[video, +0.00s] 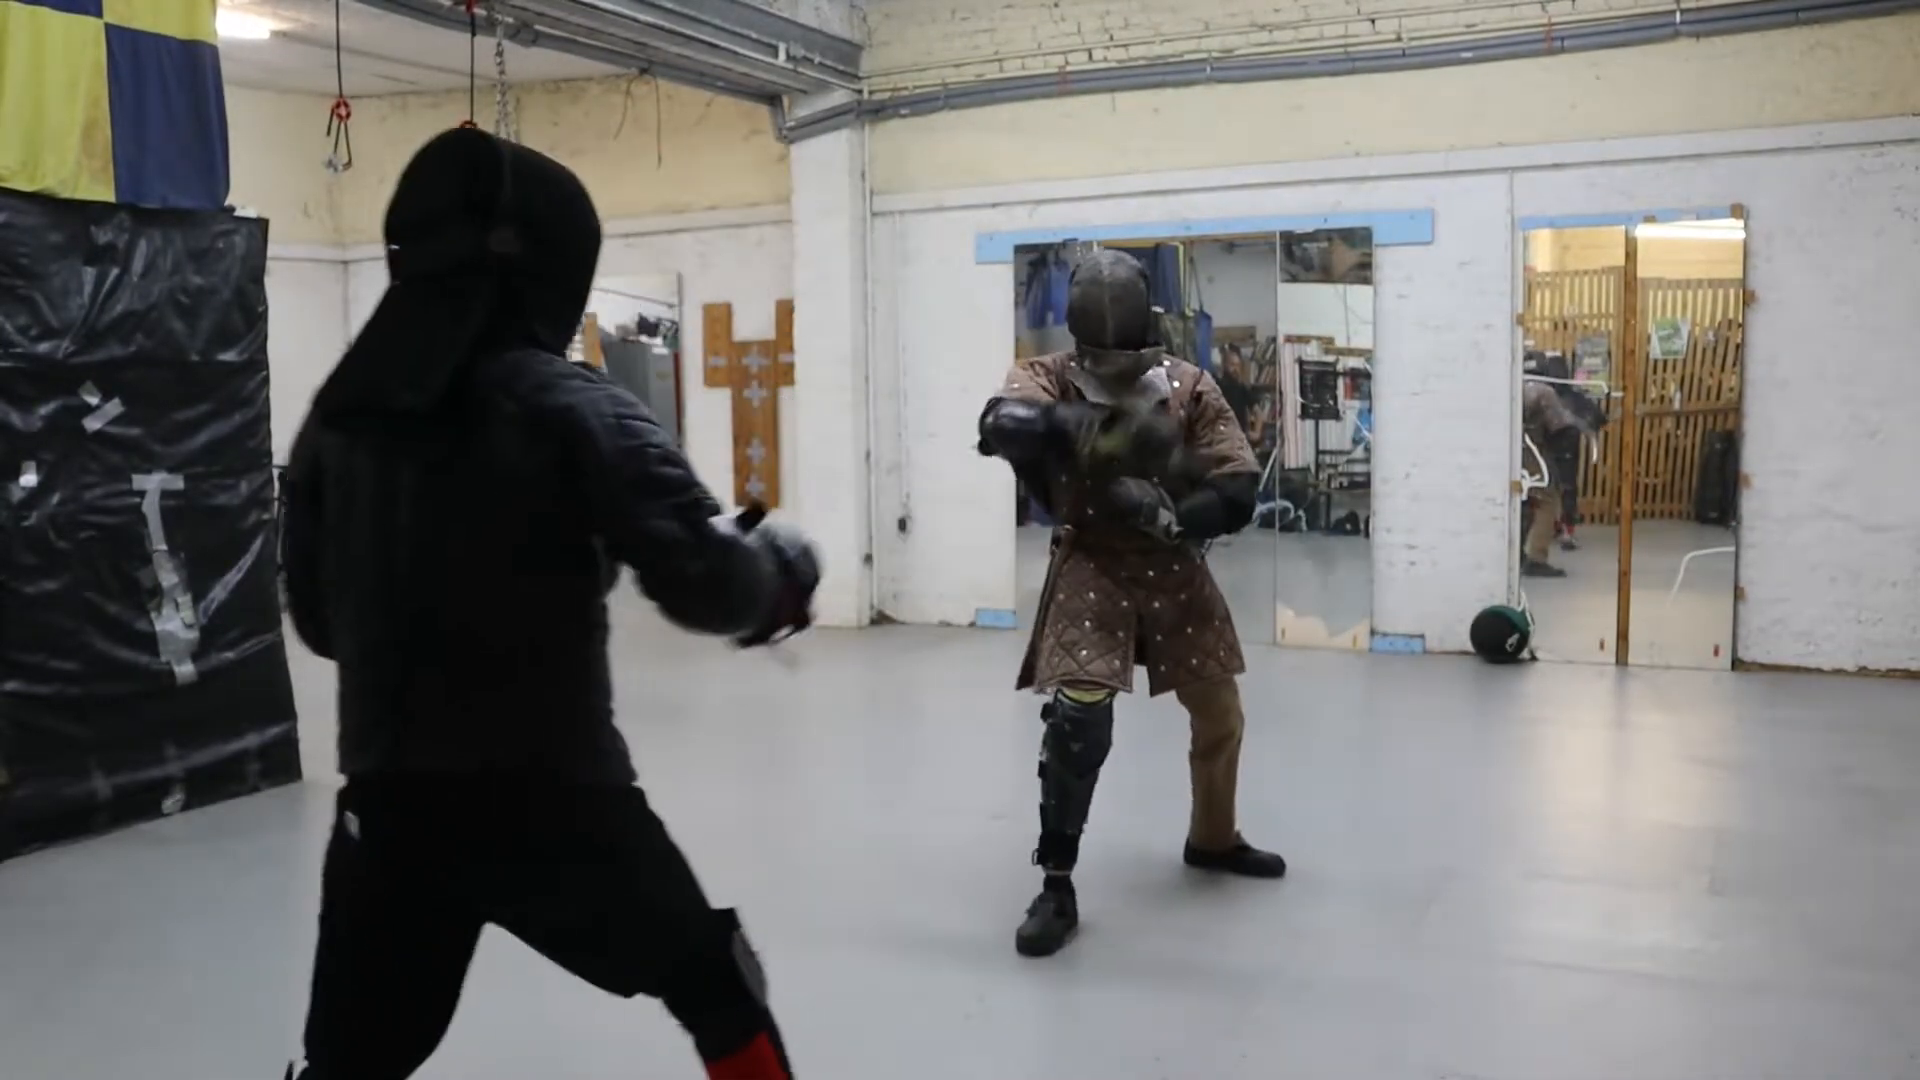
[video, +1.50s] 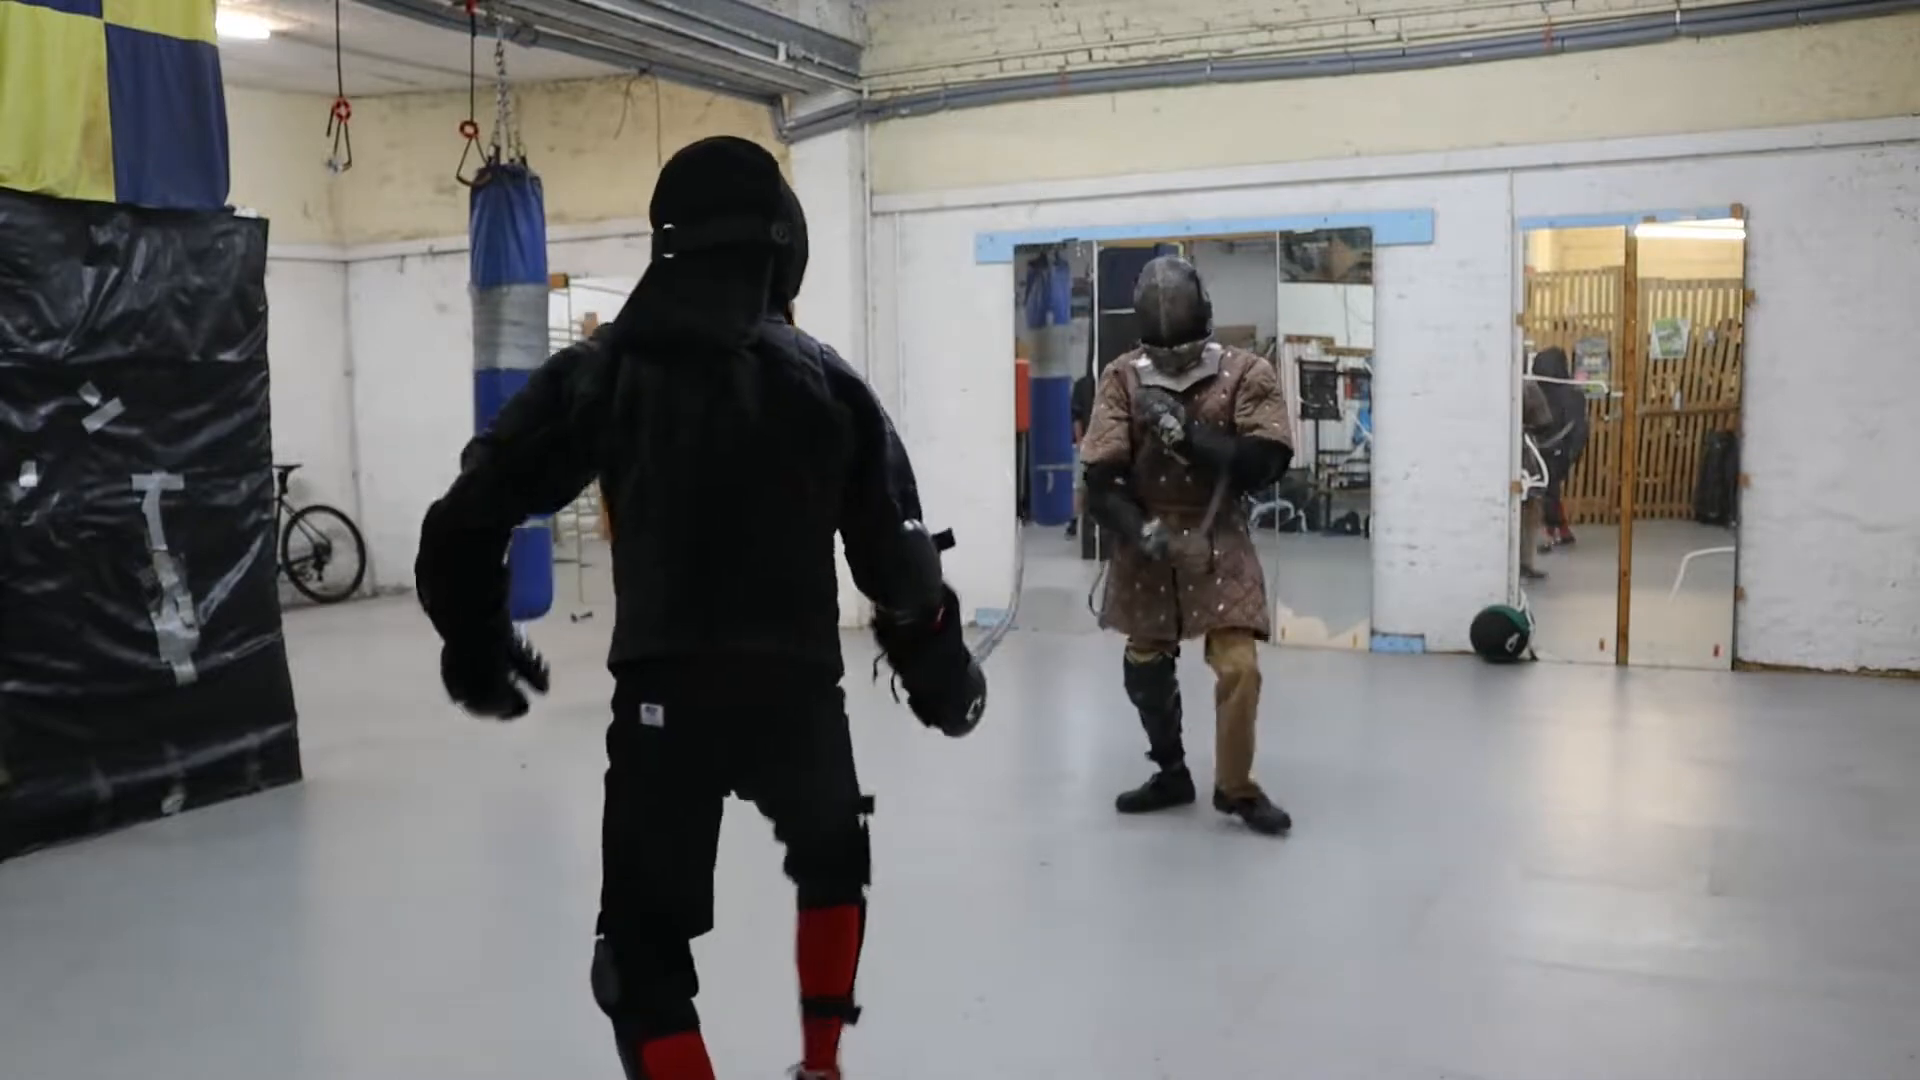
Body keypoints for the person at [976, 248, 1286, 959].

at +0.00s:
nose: (1112, 365)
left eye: (1126, 352)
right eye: (1098, 352)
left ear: (1149, 334)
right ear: (1076, 336)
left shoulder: (1190, 387)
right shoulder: (1049, 377)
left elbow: (1239, 488)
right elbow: (1002, 424)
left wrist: (1177, 517)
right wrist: (1060, 432)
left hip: (1174, 567)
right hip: (1088, 566)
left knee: (1221, 714)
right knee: (1077, 724)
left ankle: (1213, 840)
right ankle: (1056, 888)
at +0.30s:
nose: (1080, 367)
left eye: (1090, 349)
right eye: (1063, 356)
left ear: (1111, 325)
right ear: (1039, 341)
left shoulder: (1168, 374)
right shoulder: (1027, 400)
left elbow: (1237, 474)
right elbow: (968, 462)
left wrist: (1171, 510)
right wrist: (988, 391)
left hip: (1178, 568)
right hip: (1086, 576)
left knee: (1238, 713)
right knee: (1089, 736)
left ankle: (1234, 816)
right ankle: (1053, 892)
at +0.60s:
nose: (1124, 356)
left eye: (1138, 339)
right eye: (1108, 342)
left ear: (1164, 319)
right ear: (1090, 328)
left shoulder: (1219, 386)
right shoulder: (1071, 394)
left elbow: (1275, 492)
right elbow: (1043, 509)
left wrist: (1195, 521)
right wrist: (1020, 587)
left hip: (1197, 579)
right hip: (1105, 579)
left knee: (1229, 732)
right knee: (1089, 733)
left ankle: (1222, 854)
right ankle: (1049, 891)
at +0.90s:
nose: (1186, 358)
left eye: (1200, 343)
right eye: (1173, 345)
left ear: (1224, 324)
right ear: (1156, 329)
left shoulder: (1266, 383)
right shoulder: (1133, 384)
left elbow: (1300, 490)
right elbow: (1096, 482)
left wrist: (1209, 503)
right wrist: (1054, 527)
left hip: (1228, 575)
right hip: (1140, 571)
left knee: (1245, 720)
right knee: (1083, 697)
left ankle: (1234, 853)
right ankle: (1091, 837)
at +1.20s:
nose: (1168, 360)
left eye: (1179, 347)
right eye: (1155, 348)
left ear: (1202, 335)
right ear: (1139, 341)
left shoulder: (1248, 390)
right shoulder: (1122, 394)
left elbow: (1273, 477)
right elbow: (1115, 488)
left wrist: (1205, 463)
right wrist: (1183, 489)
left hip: (1217, 559)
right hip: (1144, 563)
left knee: (1225, 686)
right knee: (1143, 695)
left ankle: (1234, 841)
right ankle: (1174, 777)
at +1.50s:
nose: (1169, 341)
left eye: (1180, 325)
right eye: (1156, 327)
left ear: (1203, 314)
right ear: (1141, 322)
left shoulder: (1247, 372)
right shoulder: (1120, 378)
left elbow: (1267, 460)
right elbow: (1100, 478)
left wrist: (1188, 434)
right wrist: (1139, 529)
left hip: (1220, 539)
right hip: (1146, 540)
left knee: (1239, 667)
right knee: (1145, 667)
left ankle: (1237, 789)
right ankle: (1171, 774)